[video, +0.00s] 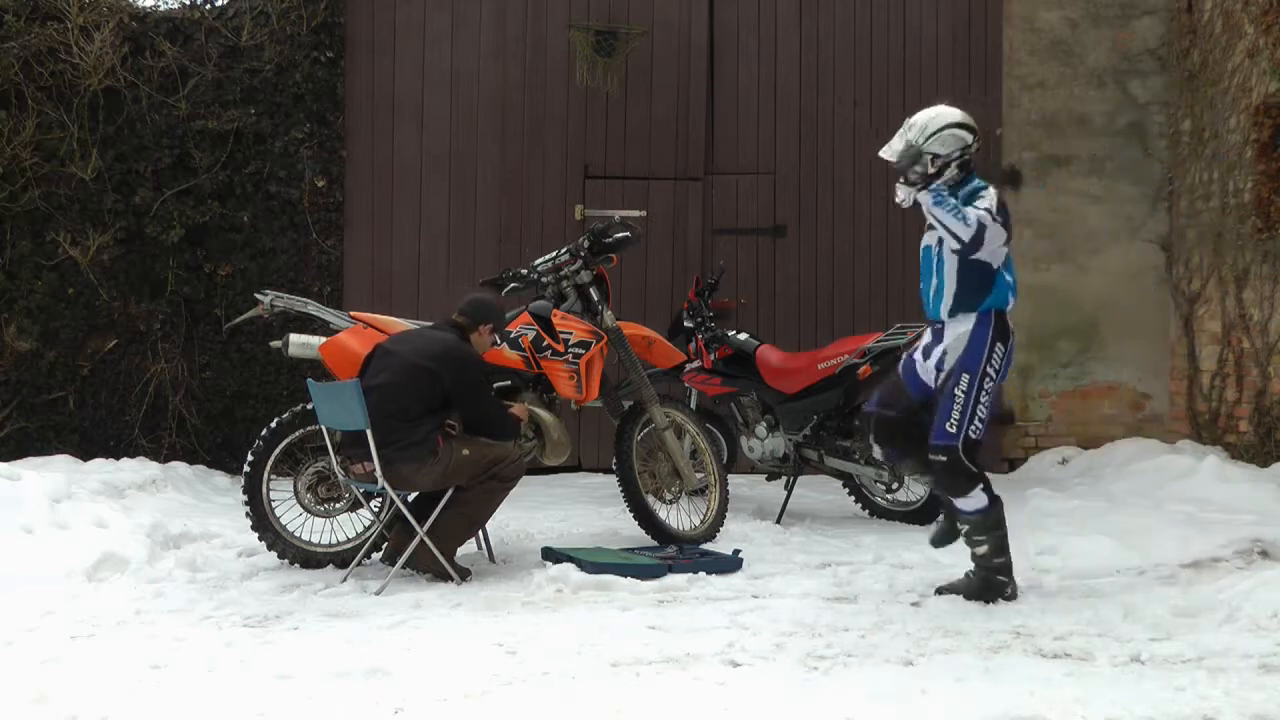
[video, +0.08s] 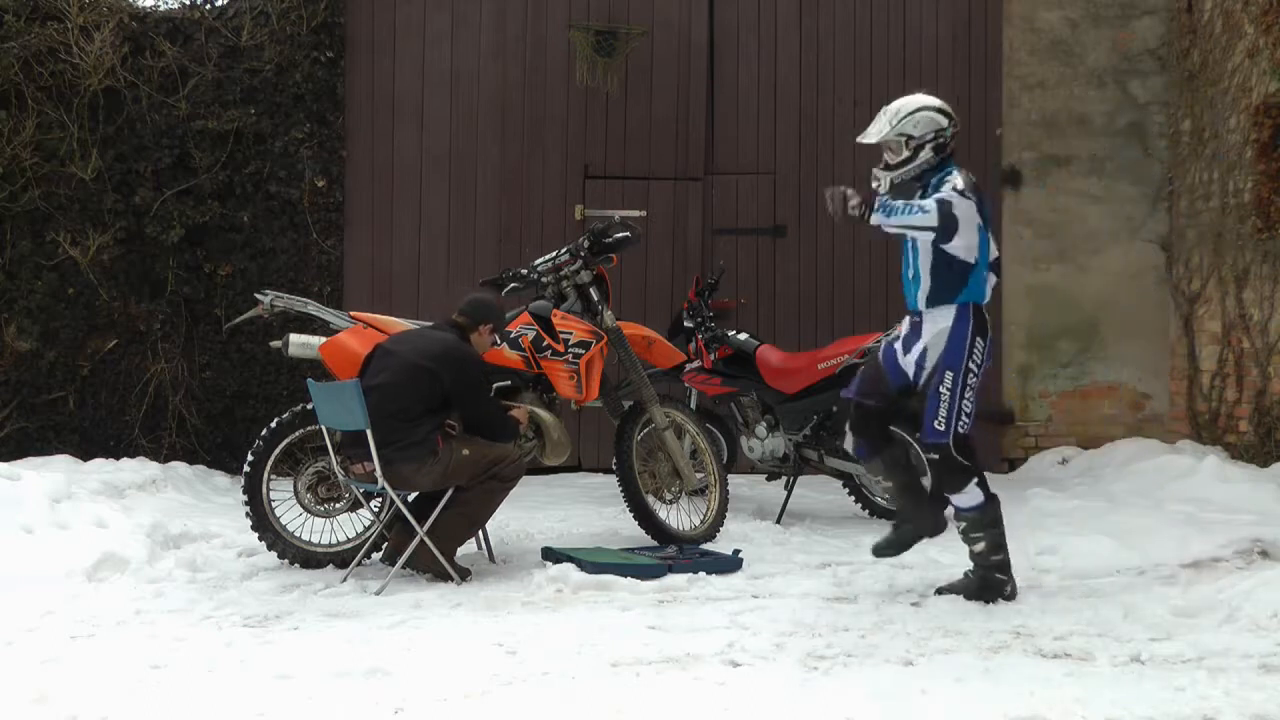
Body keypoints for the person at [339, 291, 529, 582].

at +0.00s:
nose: (492, 345)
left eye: (495, 339)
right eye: (494, 337)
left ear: (459, 317)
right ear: (484, 329)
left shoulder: (405, 337)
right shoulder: (461, 356)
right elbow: (494, 428)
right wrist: (514, 417)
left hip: (358, 454)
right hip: (401, 461)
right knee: (509, 463)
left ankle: (402, 543)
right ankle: (435, 551)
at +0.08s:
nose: (492, 345)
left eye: (495, 339)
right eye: (494, 337)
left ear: (459, 317)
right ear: (484, 329)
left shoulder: (406, 337)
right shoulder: (462, 357)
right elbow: (495, 431)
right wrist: (514, 420)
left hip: (358, 454)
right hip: (401, 461)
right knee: (508, 464)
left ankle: (402, 543)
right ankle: (435, 551)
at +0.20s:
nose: (492, 345)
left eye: (495, 339)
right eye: (494, 338)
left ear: (459, 317)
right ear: (484, 329)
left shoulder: (405, 337)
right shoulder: (461, 357)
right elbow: (493, 429)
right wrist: (514, 420)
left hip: (357, 456)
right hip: (401, 461)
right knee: (508, 464)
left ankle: (402, 543)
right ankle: (435, 551)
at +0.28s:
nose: (492, 345)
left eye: (495, 339)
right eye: (493, 337)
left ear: (459, 317)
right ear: (483, 329)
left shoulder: (404, 337)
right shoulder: (461, 357)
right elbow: (486, 424)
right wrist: (516, 421)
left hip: (357, 456)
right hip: (400, 461)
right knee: (508, 464)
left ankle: (402, 543)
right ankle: (435, 550)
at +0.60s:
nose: (491, 346)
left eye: (494, 339)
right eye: (493, 337)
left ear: (458, 318)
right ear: (483, 329)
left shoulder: (404, 337)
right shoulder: (462, 358)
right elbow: (489, 427)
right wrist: (515, 419)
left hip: (357, 456)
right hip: (400, 461)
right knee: (508, 464)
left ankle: (402, 543)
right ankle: (435, 550)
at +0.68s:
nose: (491, 346)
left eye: (494, 339)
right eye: (493, 337)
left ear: (458, 317)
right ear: (483, 329)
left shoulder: (404, 337)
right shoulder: (462, 358)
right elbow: (489, 426)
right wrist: (515, 418)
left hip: (357, 456)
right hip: (400, 462)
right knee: (508, 463)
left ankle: (402, 543)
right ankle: (435, 551)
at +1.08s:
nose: (491, 346)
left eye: (494, 339)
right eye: (493, 338)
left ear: (458, 318)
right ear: (482, 329)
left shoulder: (405, 337)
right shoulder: (462, 358)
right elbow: (492, 430)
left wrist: (491, 410)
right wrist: (516, 422)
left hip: (357, 455)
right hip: (400, 461)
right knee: (508, 464)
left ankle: (402, 543)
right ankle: (435, 550)